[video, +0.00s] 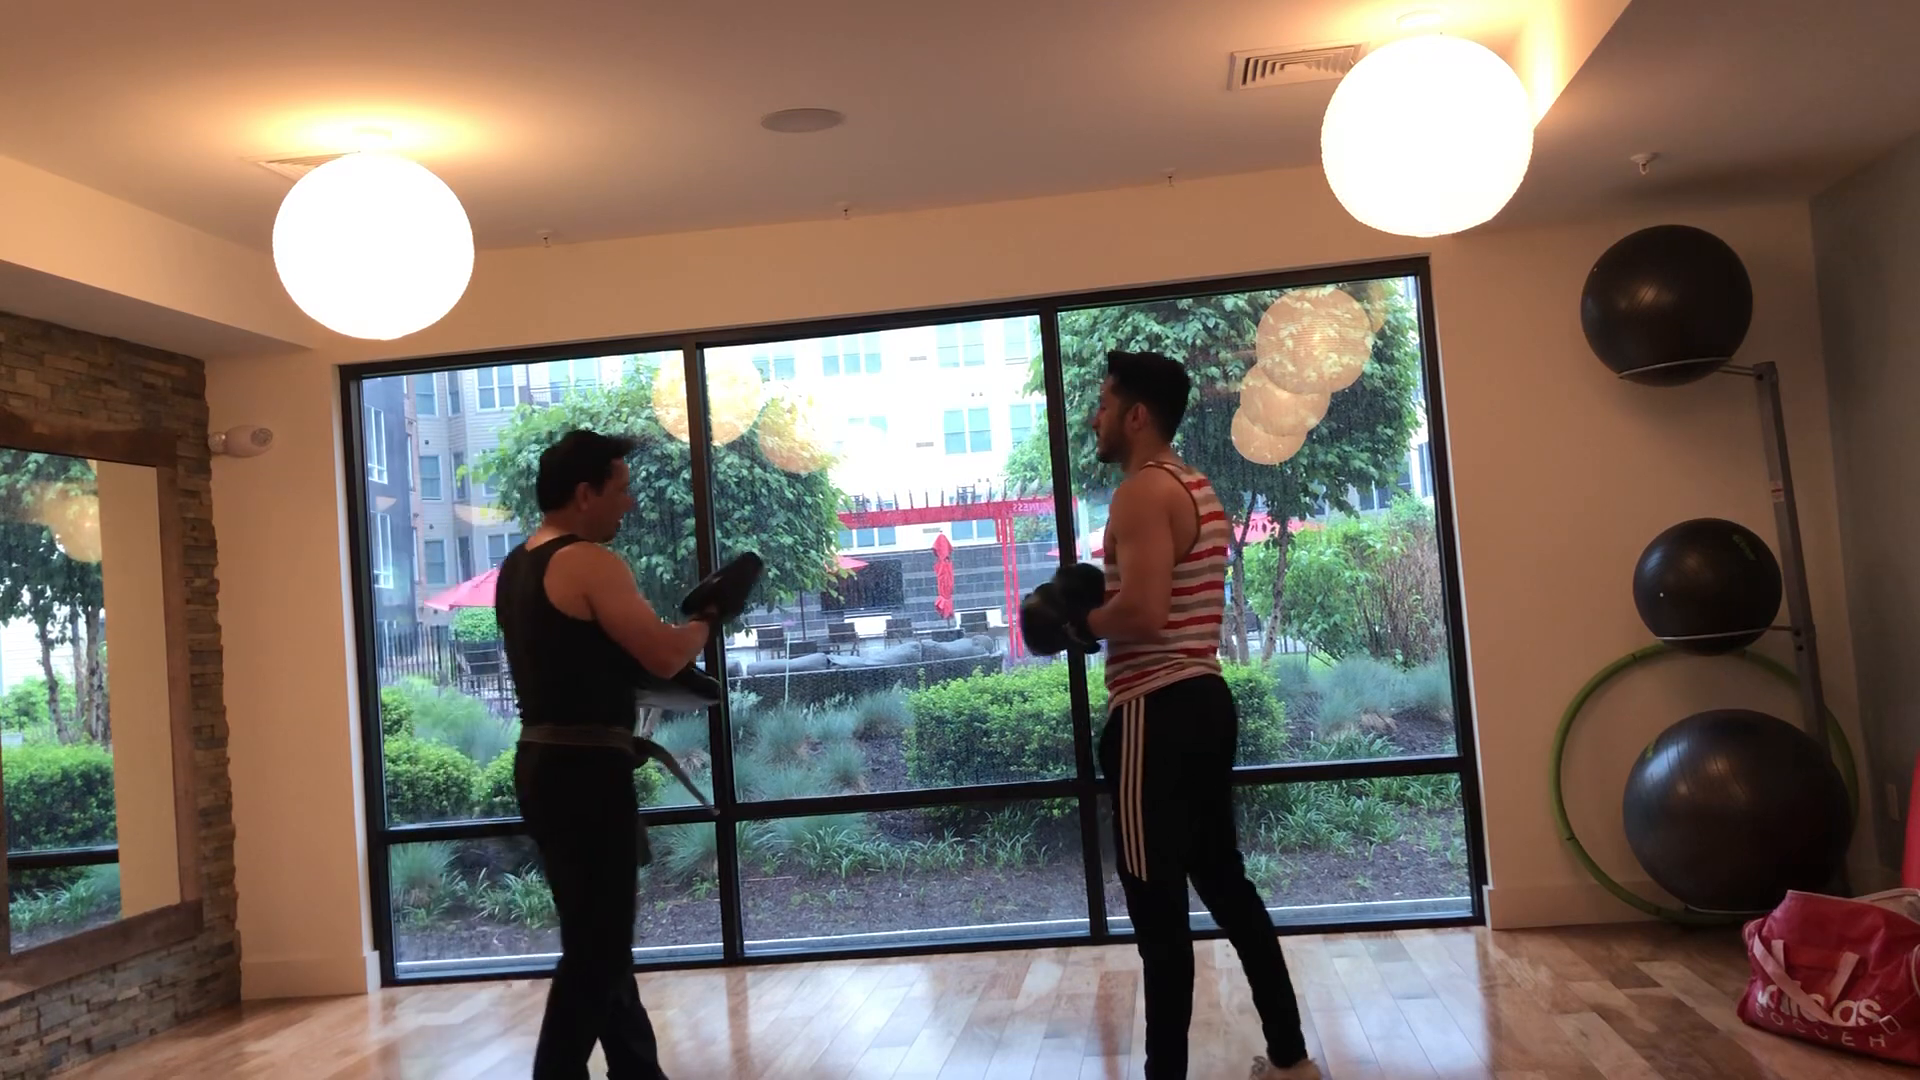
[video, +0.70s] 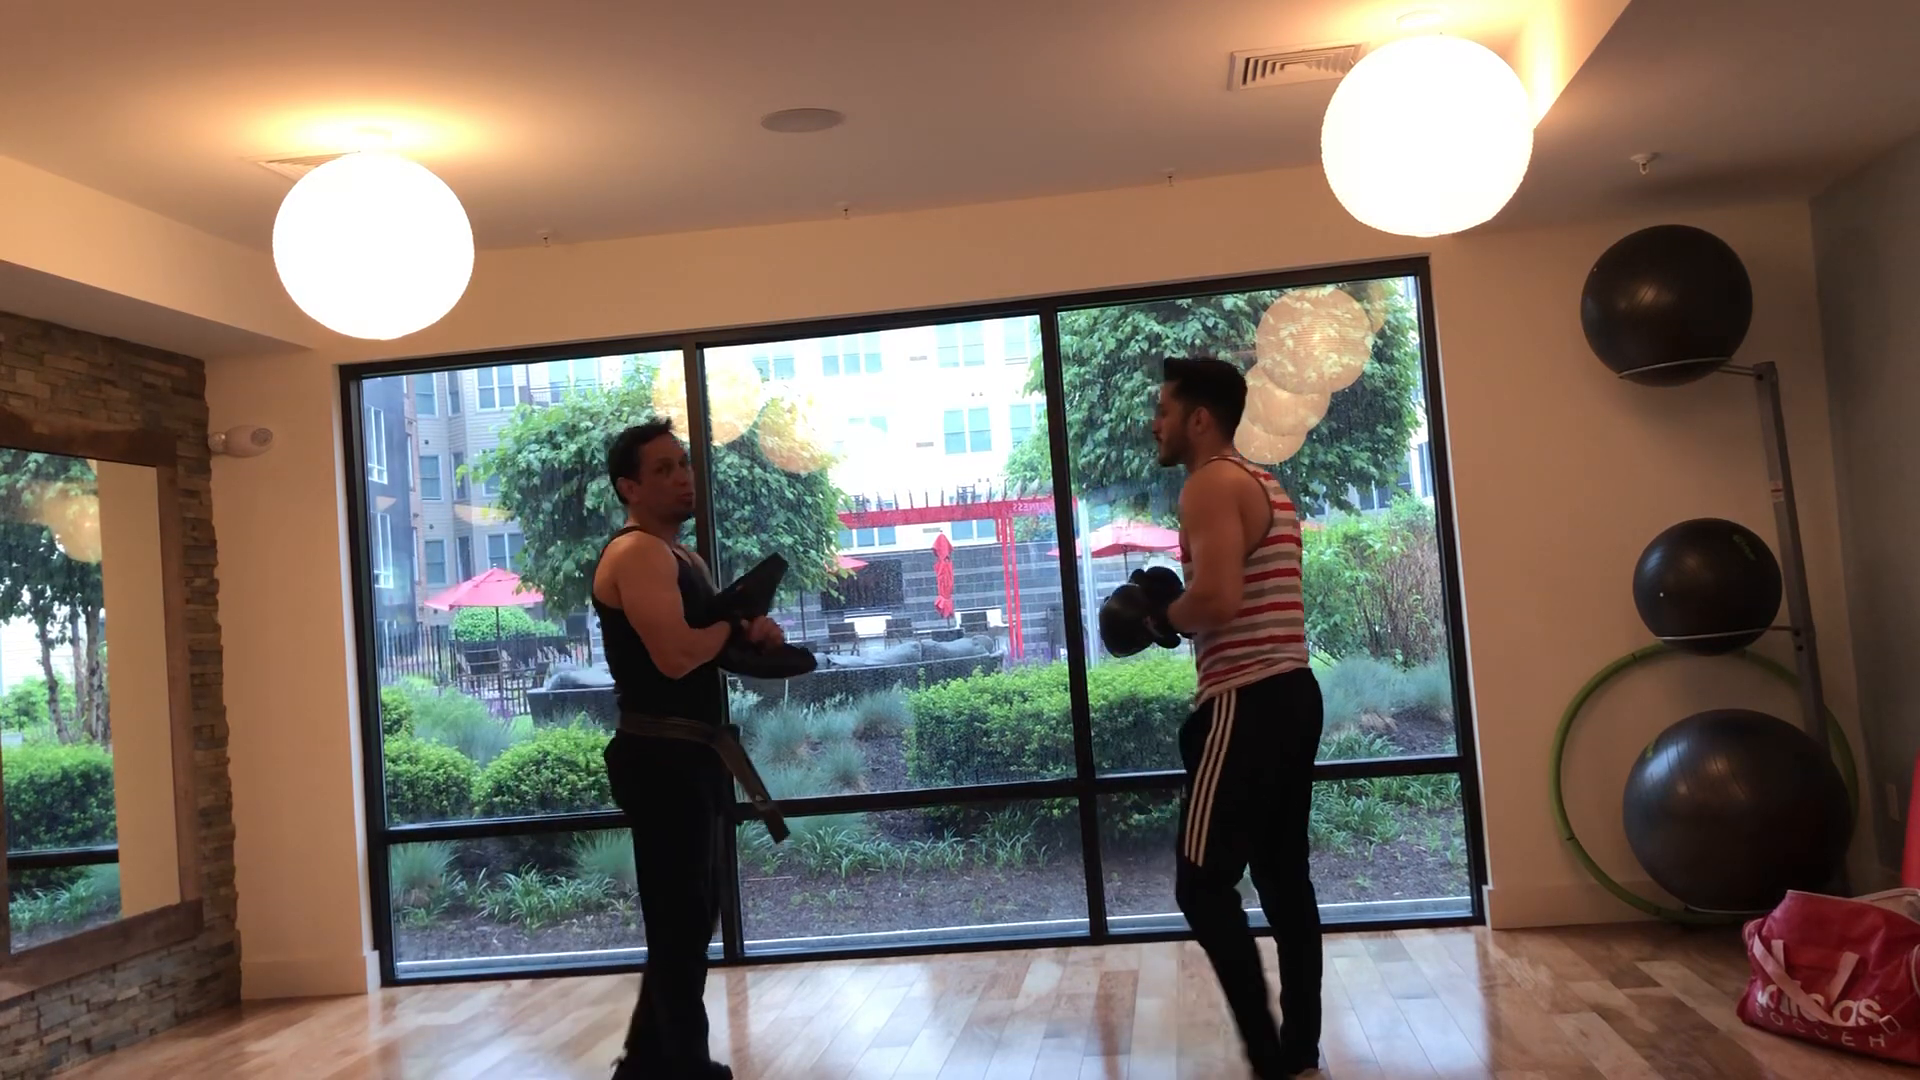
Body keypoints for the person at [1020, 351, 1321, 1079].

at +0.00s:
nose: (1092, 417)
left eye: (1101, 402)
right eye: (1097, 402)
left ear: (1135, 412)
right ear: (1153, 416)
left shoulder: (1143, 492)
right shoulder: (1195, 488)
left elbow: (1142, 613)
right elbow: (1178, 602)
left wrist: (1077, 622)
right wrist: (1102, 589)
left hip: (1154, 709)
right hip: (1205, 699)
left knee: (1153, 901)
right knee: (1222, 880)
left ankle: (1164, 1072)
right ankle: (1288, 1047)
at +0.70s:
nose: (1153, 423)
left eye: (1163, 410)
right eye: (1156, 409)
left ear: (1199, 418)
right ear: (1214, 421)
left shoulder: (1210, 485)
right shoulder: (1264, 484)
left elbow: (1215, 603)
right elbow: (1248, 602)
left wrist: (1157, 615)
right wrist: (1172, 605)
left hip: (1242, 704)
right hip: (1291, 696)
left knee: (1201, 885)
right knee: (1284, 882)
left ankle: (1267, 1056)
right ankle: (1300, 1050)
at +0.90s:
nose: (1172, 416)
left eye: (1184, 402)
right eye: (1175, 402)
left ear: (1224, 412)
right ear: (1231, 415)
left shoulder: (1235, 482)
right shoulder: (1265, 482)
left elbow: (1239, 605)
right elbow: (1254, 601)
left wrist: (1164, 611)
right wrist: (1176, 599)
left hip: (1257, 702)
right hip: (1276, 694)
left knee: (1256, 893)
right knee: (1273, 886)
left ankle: (1339, 1059)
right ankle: (1301, 1052)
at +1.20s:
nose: (1197, 404)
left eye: (1212, 392)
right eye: (1201, 391)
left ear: (1256, 404)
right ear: (1248, 406)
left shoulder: (1279, 479)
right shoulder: (1258, 483)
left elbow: (1286, 599)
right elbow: (1267, 599)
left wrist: (1196, 605)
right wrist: (1194, 600)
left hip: (1293, 701)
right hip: (1263, 706)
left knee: (1320, 883)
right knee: (1267, 883)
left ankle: (1362, 1068)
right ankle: (1296, 1057)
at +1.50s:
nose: (1211, 400)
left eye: (1226, 389)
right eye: (1214, 387)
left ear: (1273, 401)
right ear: (1257, 402)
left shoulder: (1312, 477)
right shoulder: (1252, 491)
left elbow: (1358, 600)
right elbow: (1278, 595)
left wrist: (1245, 617)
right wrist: (1216, 605)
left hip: (1325, 703)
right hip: (1271, 709)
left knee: (1344, 891)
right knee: (1268, 889)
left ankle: (1367, 1069)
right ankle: (1300, 1060)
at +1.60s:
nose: (1214, 401)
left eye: (1230, 389)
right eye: (1217, 387)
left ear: (1278, 401)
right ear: (1254, 401)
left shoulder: (1319, 478)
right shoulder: (1251, 489)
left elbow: (1369, 601)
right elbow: (1278, 593)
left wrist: (1256, 623)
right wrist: (1218, 603)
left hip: (1331, 703)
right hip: (1273, 708)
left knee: (1349, 894)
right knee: (1269, 893)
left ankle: (1369, 1071)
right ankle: (1302, 1062)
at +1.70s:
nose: (1216, 399)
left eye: (1232, 388)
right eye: (1220, 385)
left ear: (1282, 401)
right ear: (1258, 401)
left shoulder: (1325, 481)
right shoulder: (1252, 488)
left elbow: (1375, 603)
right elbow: (1279, 591)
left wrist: (1264, 625)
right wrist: (1219, 598)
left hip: (1336, 702)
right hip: (1276, 706)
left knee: (1351, 893)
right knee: (1267, 888)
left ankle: (1370, 1073)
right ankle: (1299, 1059)